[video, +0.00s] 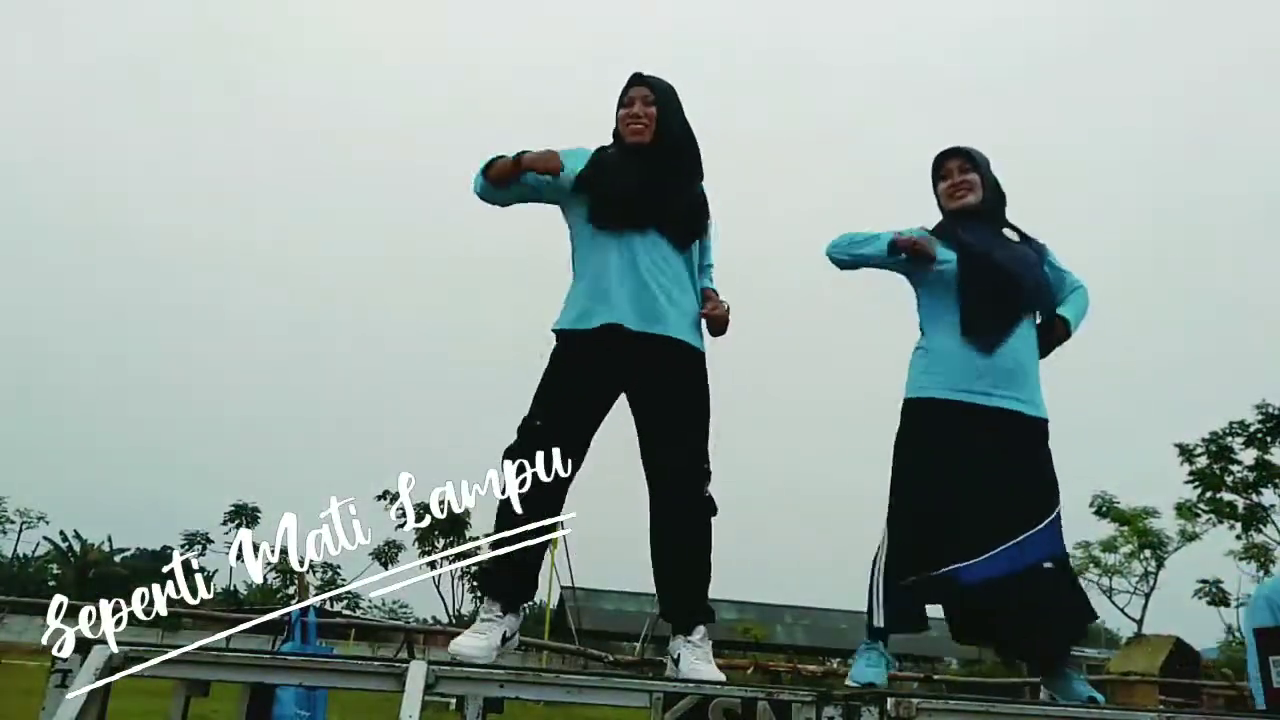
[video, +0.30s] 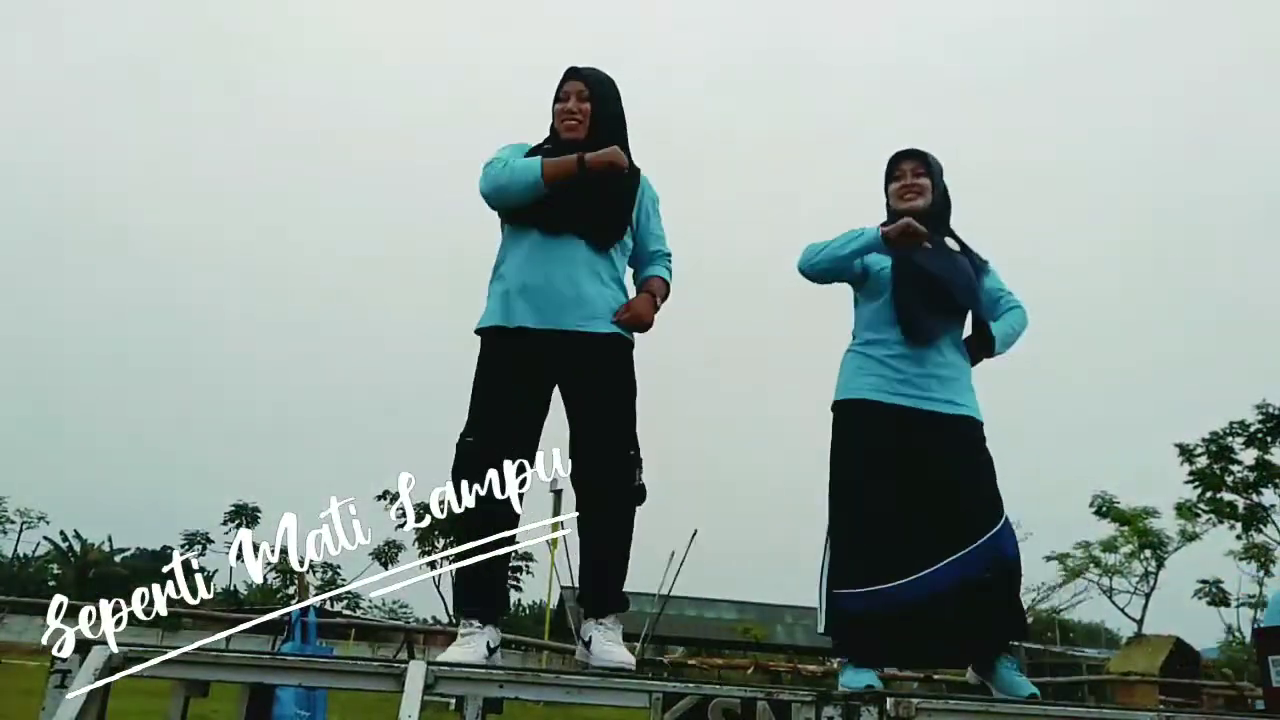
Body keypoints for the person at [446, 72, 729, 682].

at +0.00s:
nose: (637, 114)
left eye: (649, 106)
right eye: (628, 106)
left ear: (670, 119)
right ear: (615, 117)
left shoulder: (687, 192)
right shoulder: (583, 168)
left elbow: (702, 274)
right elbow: (490, 188)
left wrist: (711, 299)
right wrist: (518, 164)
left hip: (672, 344)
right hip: (589, 336)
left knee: (682, 487)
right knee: (536, 468)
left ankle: (690, 636)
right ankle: (499, 613)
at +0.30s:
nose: (571, 107)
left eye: (583, 99)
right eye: (565, 98)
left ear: (609, 111)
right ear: (552, 109)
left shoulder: (633, 184)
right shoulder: (521, 158)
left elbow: (655, 257)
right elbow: (493, 187)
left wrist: (650, 294)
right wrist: (583, 162)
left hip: (600, 339)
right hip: (515, 333)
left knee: (609, 479)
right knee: (486, 473)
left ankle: (602, 625)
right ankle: (478, 623)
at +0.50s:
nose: (544, 135)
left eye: (556, 125)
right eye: (538, 125)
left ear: (581, 127)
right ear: (529, 130)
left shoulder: (617, 194)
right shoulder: (510, 180)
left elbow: (644, 270)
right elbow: (505, 171)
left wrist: (619, 311)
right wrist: (532, 136)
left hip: (565, 352)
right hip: (485, 341)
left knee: (551, 486)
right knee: (439, 470)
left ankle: (536, 629)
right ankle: (465, 615)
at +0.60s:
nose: (538, 118)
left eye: (551, 109)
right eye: (532, 110)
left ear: (578, 120)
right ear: (524, 119)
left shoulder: (610, 193)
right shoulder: (497, 171)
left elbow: (636, 270)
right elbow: (431, 141)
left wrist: (620, 314)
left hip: (560, 347)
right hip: (478, 333)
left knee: (553, 486)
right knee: (406, 442)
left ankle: (536, 628)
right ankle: (436, 597)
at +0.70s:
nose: (536, 97)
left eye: (549, 89)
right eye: (528, 89)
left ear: (574, 102)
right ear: (517, 101)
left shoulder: (599, 180)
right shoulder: (483, 151)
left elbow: (613, 257)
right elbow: (388, 151)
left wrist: (620, 304)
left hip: (554, 334)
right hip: (468, 318)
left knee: (548, 480)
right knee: (406, 444)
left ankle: (536, 624)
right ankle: (371, 596)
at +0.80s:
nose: (526, 91)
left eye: (539, 85)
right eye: (517, 82)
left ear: (556, 101)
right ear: (502, 94)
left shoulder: (573, 175)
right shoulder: (465, 144)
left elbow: (582, 267)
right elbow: (379, 186)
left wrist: (611, 310)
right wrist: (285, 205)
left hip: (539, 329)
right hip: (453, 317)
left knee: (541, 475)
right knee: (391, 457)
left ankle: (535, 622)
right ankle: (340, 605)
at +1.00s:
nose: (499, 88)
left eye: (509, 84)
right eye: (488, 76)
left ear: (515, 102)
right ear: (461, 83)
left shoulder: (525, 170)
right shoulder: (406, 145)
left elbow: (565, 245)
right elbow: (354, 227)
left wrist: (600, 255)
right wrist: (289, 292)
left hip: (492, 332)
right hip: (400, 328)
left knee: (515, 465)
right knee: (357, 467)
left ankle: (512, 603)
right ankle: (339, 614)